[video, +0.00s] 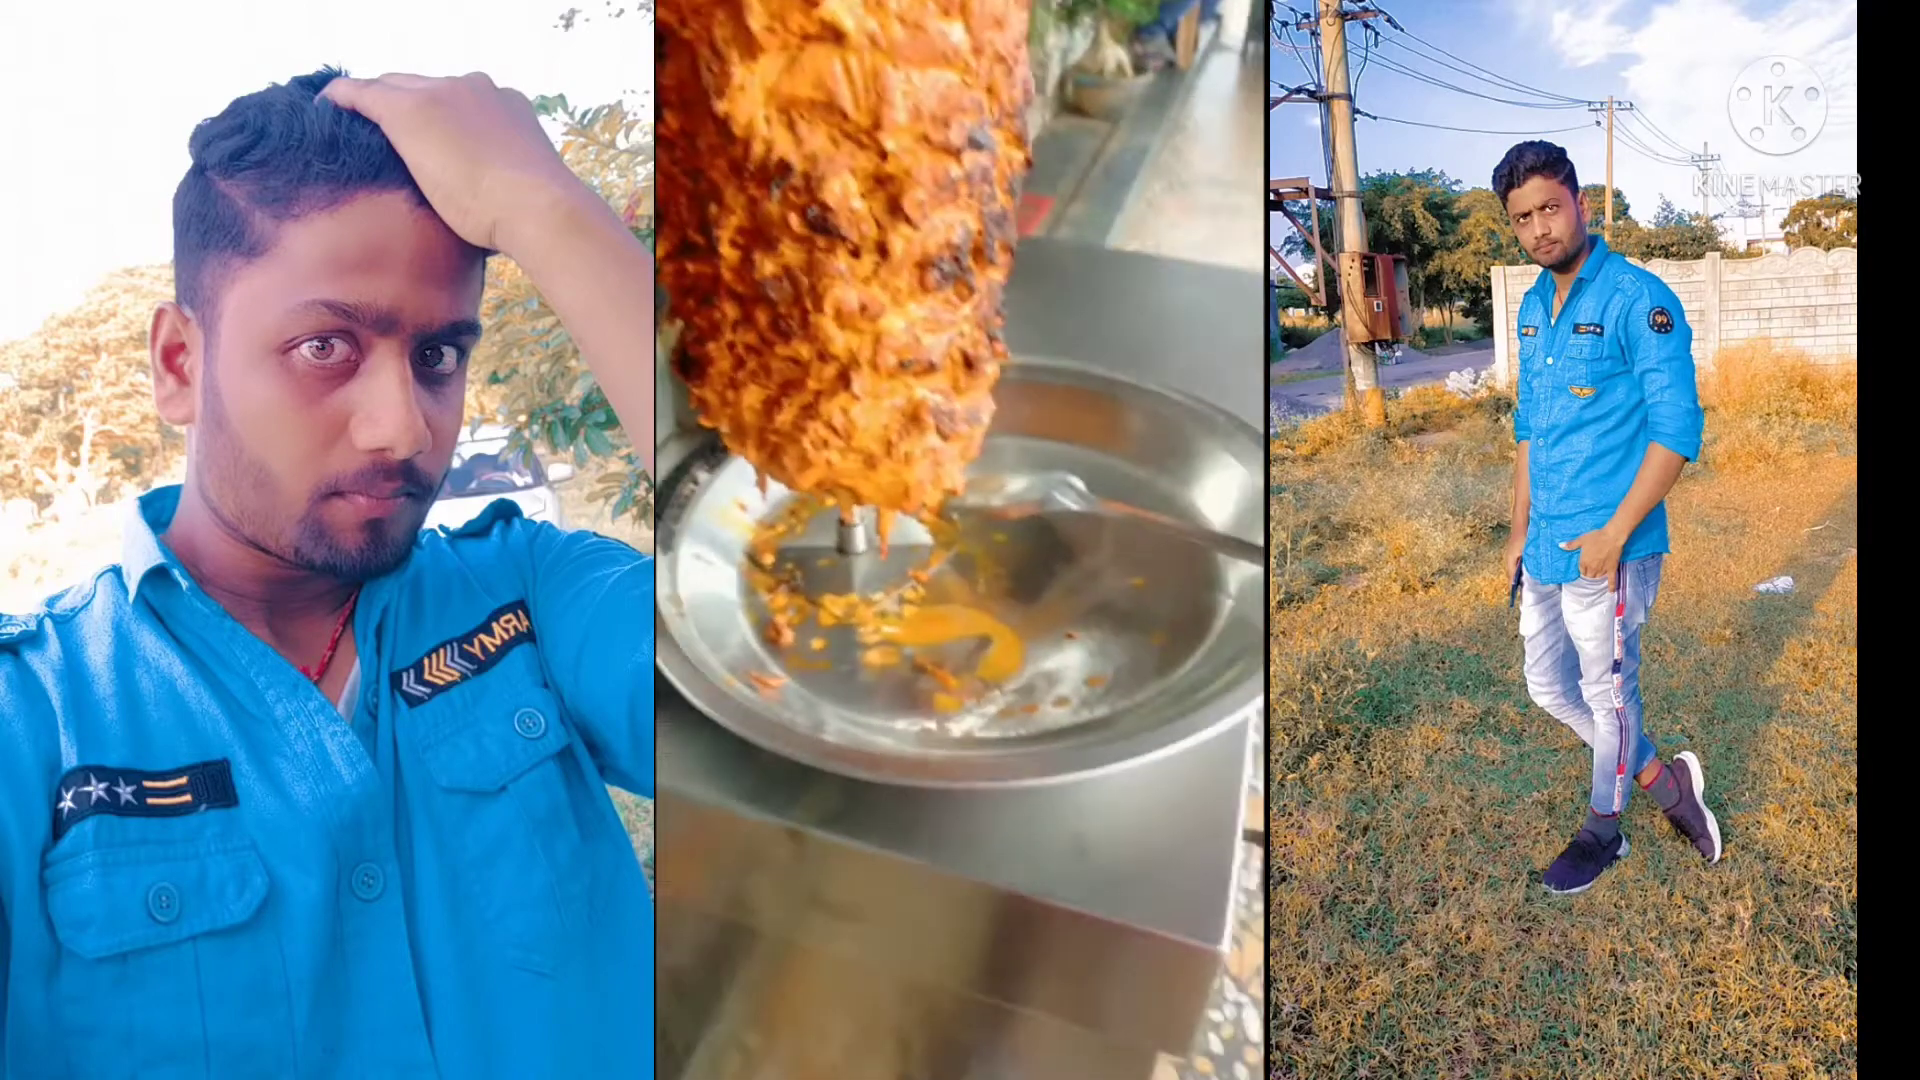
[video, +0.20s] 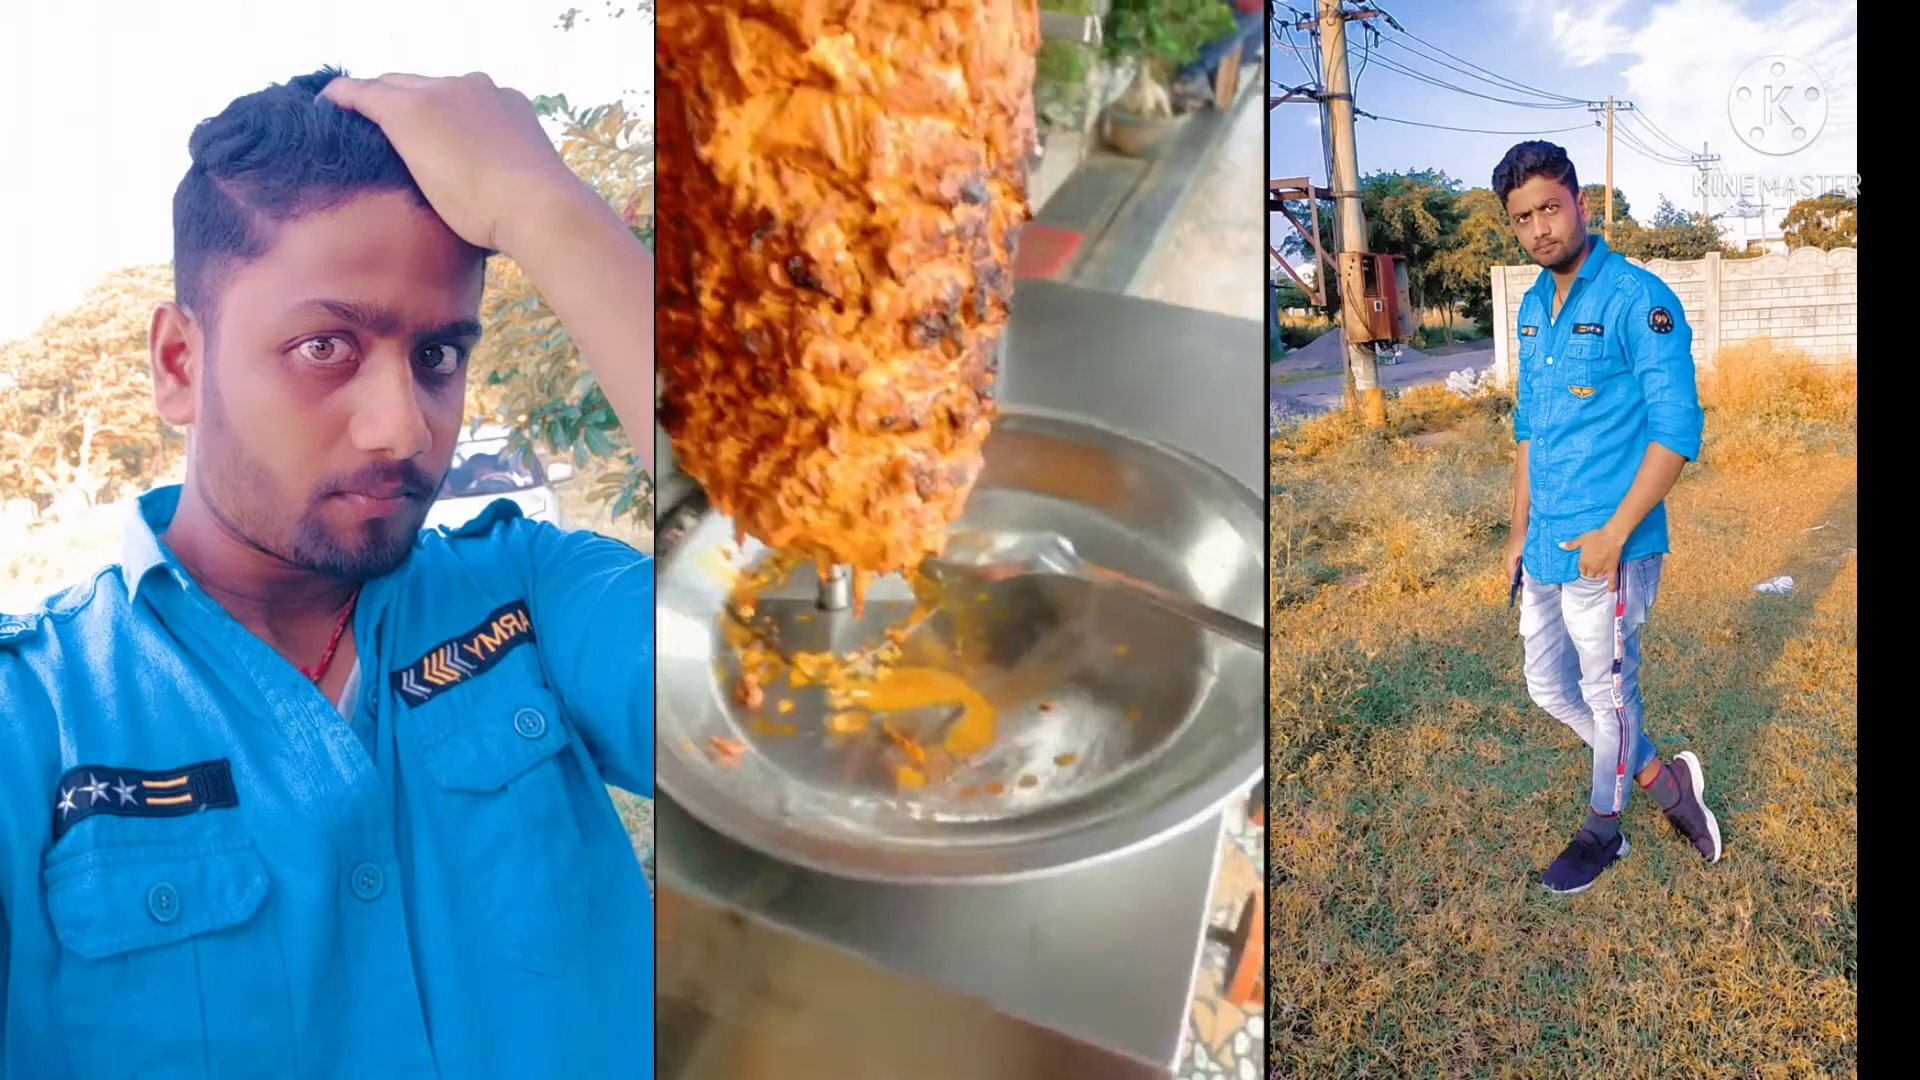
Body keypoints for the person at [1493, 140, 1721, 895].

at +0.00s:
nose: (1537, 229)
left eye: (1548, 209)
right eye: (1522, 219)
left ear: (1582, 202)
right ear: (1513, 228)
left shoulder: (1640, 298)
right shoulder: (1534, 307)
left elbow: (1678, 432)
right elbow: (1529, 431)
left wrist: (1615, 533)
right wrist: (1519, 529)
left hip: (1611, 537)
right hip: (1544, 538)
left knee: (1609, 689)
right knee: (1549, 684)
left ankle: (1602, 828)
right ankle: (1665, 778)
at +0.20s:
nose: (1538, 229)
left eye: (1549, 208)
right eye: (1522, 219)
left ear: (1582, 203)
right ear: (1513, 228)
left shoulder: (1640, 298)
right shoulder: (1534, 307)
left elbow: (1678, 431)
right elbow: (1529, 431)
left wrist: (1615, 533)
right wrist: (1520, 529)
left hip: (1611, 537)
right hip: (1544, 538)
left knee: (1610, 690)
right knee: (1549, 684)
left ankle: (1602, 828)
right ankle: (1665, 779)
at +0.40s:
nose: (1538, 229)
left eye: (1549, 208)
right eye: (1522, 219)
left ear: (1582, 203)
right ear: (1513, 228)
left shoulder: (1640, 298)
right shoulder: (1534, 307)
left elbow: (1678, 431)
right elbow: (1529, 431)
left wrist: (1615, 533)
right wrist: (1520, 529)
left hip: (1611, 537)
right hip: (1544, 538)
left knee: (1610, 690)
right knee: (1549, 684)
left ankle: (1602, 828)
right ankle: (1665, 779)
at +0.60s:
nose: (1537, 229)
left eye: (1548, 208)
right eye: (1522, 219)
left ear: (1582, 202)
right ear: (1513, 228)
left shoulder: (1641, 299)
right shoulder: (1534, 307)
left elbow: (1678, 432)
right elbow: (1529, 431)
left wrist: (1615, 533)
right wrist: (1520, 528)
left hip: (1611, 536)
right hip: (1544, 538)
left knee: (1609, 690)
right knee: (1549, 685)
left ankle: (1602, 827)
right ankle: (1665, 778)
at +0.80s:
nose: (1537, 229)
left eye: (1548, 208)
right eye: (1522, 219)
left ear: (1582, 202)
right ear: (1513, 228)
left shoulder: (1641, 298)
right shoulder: (1534, 306)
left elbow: (1678, 432)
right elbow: (1529, 431)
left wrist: (1616, 532)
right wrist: (1520, 528)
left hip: (1611, 537)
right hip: (1544, 538)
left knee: (1609, 690)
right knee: (1549, 684)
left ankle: (1602, 828)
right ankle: (1665, 777)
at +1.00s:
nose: (1537, 229)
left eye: (1548, 208)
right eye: (1522, 219)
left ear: (1582, 202)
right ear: (1513, 228)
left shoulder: (1641, 298)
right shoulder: (1534, 306)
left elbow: (1678, 432)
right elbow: (1529, 431)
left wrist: (1616, 532)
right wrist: (1520, 528)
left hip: (1611, 537)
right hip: (1544, 538)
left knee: (1609, 690)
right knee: (1549, 684)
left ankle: (1602, 828)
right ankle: (1665, 777)